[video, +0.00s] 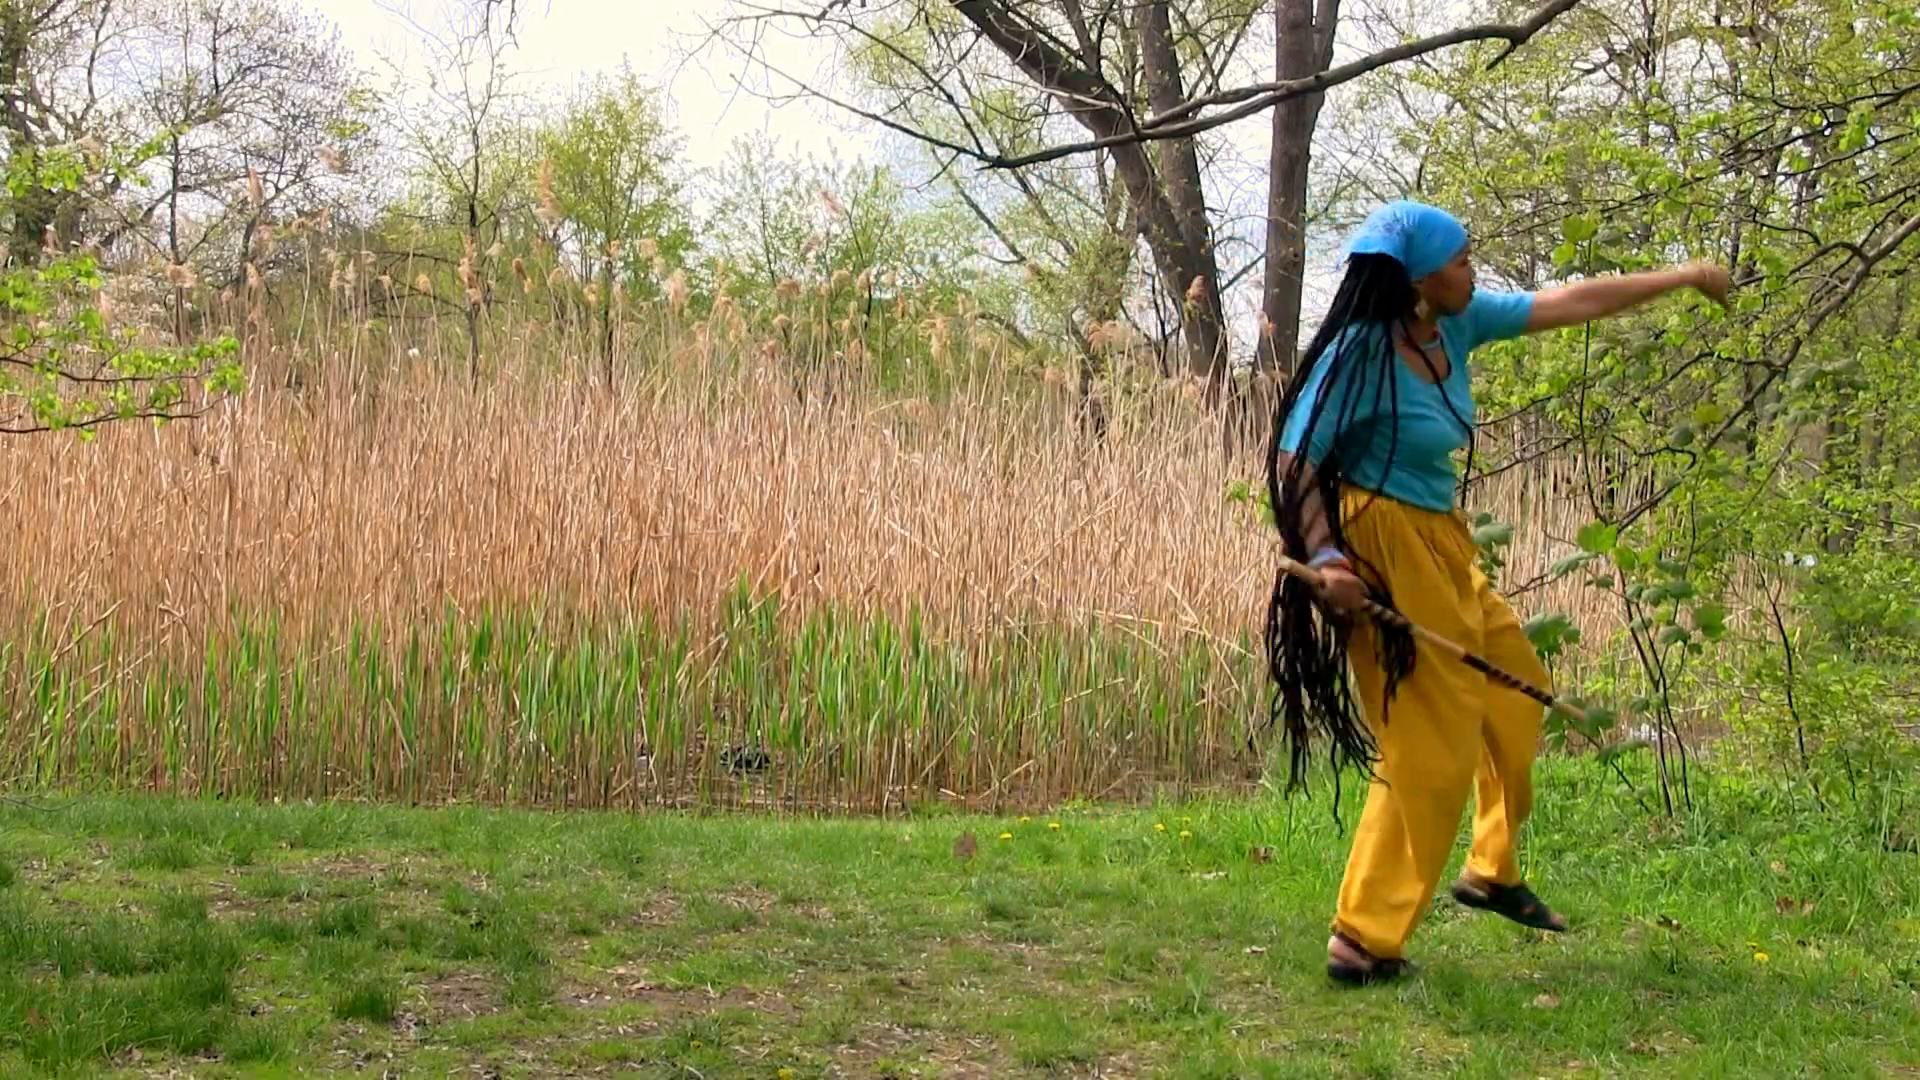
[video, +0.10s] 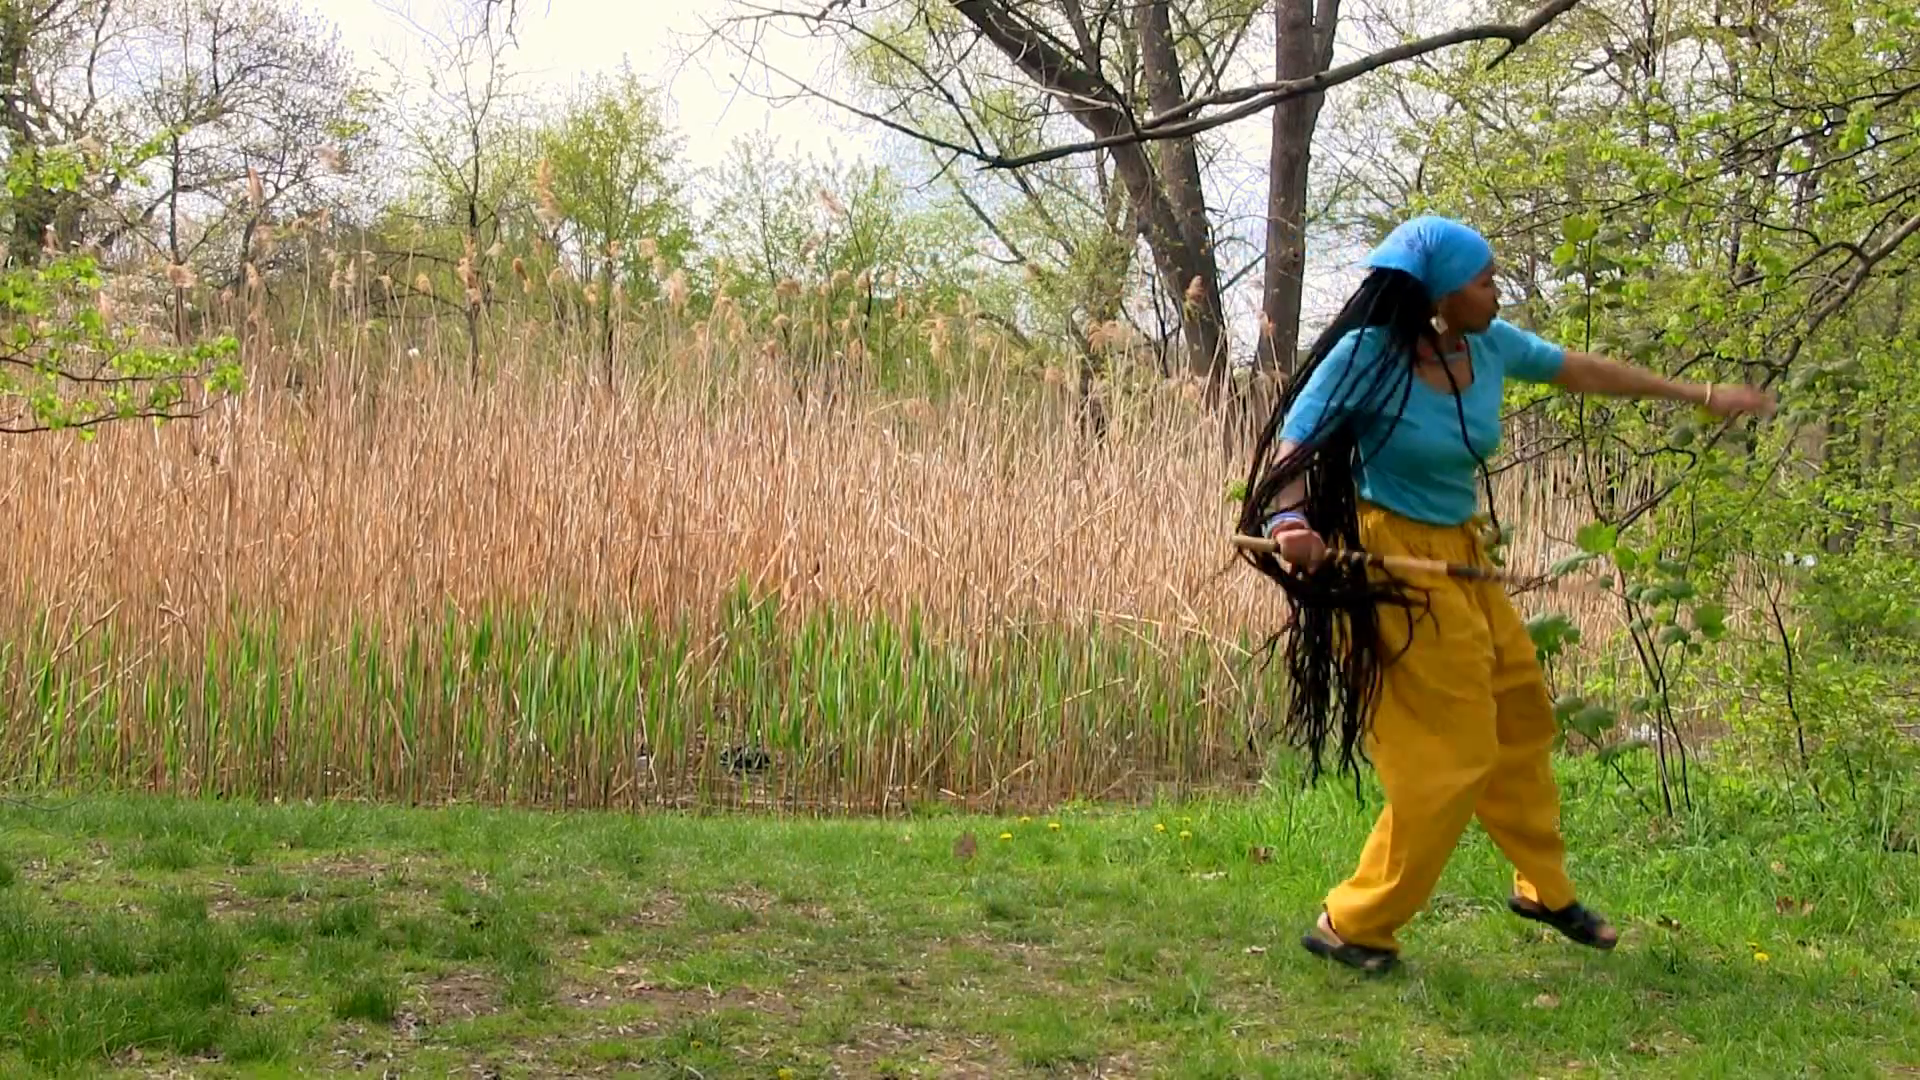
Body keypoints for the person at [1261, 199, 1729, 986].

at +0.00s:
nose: (1473, 272)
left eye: (1467, 259)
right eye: (1459, 262)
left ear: (1434, 276)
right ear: (1417, 279)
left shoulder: (1454, 323)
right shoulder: (1352, 351)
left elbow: (1567, 302)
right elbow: (1295, 462)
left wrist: (1679, 276)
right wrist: (1320, 556)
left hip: (1444, 545)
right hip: (1379, 545)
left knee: (1518, 685)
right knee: (1432, 734)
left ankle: (1494, 870)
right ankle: (1363, 936)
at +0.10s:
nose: (1497, 289)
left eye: (1493, 276)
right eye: (1484, 279)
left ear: (1457, 288)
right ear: (1440, 293)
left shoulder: (1489, 343)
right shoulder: (1365, 351)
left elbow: (1585, 371)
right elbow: (1292, 445)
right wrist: (1291, 515)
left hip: (1462, 553)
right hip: (1394, 554)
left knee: (1523, 715)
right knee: (1457, 740)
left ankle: (1544, 890)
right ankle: (1353, 923)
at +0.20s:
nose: (1517, 343)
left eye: (1514, 329)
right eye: (1503, 333)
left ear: (1485, 344)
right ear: (1462, 349)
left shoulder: (1516, 394)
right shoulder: (1381, 401)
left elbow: (1545, 474)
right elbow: (1318, 500)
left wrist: (1617, 550)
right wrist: (1323, 527)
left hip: (1494, 592)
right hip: (1411, 599)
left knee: (1540, 758)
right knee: (1473, 771)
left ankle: (1550, 922)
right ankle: (1364, 923)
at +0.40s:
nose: (1508, 341)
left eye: (1505, 327)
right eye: (1497, 330)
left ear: (1465, 345)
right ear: (1456, 346)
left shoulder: (1476, 402)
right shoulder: (1414, 436)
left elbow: (1482, 526)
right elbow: (1462, 554)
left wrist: (1537, 594)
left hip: (1477, 598)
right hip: (1406, 605)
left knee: (1532, 759)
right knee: (1459, 771)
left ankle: (1550, 918)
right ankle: (1367, 930)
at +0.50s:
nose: (1493, 296)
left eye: (1489, 282)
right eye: (1479, 284)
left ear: (1443, 302)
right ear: (1436, 302)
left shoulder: (1458, 368)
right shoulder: (1401, 387)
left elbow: (1434, 467)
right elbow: (1463, 520)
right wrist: (1551, 585)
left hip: (1467, 572)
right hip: (1400, 582)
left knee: (1509, 740)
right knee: (1420, 761)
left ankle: (1465, 893)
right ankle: (1364, 928)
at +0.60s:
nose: (1488, 291)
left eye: (1486, 276)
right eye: (1474, 278)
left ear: (1440, 294)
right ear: (1427, 294)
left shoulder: (1444, 361)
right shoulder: (1389, 376)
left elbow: (1435, 483)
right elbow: (1430, 508)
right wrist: (1511, 550)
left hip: (1432, 568)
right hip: (1368, 571)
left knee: (1465, 729)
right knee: (1381, 729)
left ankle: (1374, 895)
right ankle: (1298, 890)